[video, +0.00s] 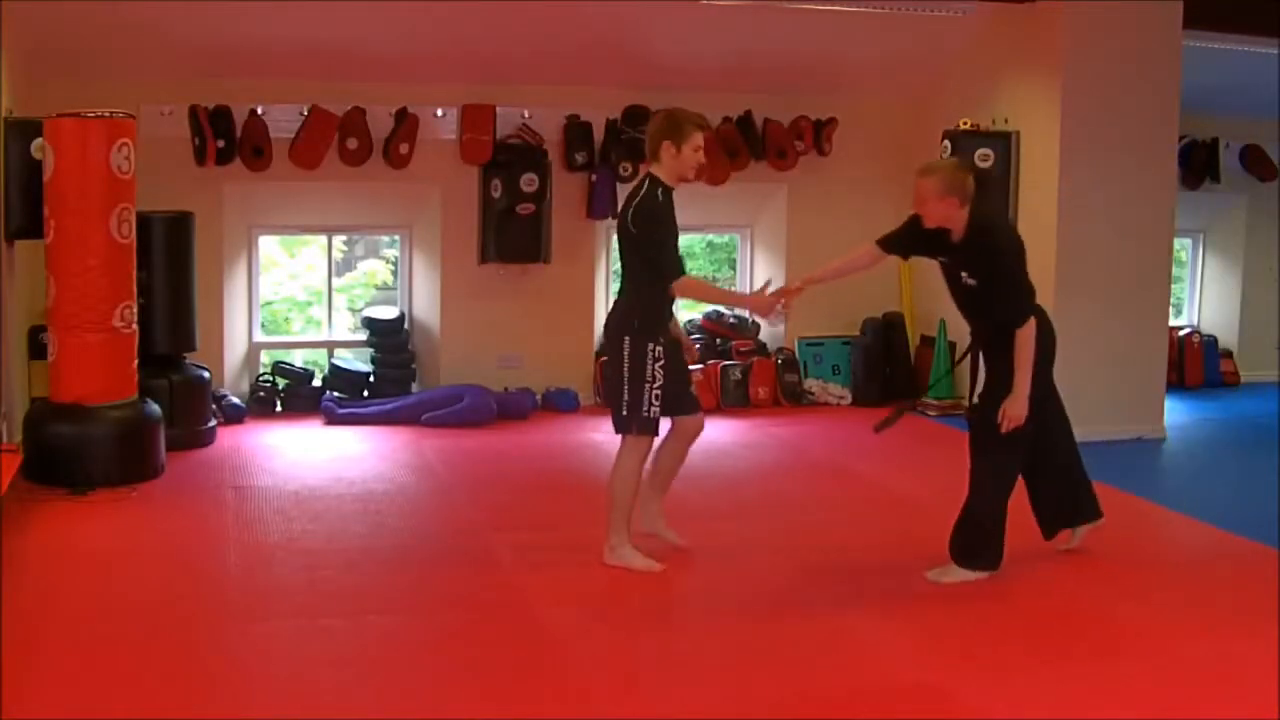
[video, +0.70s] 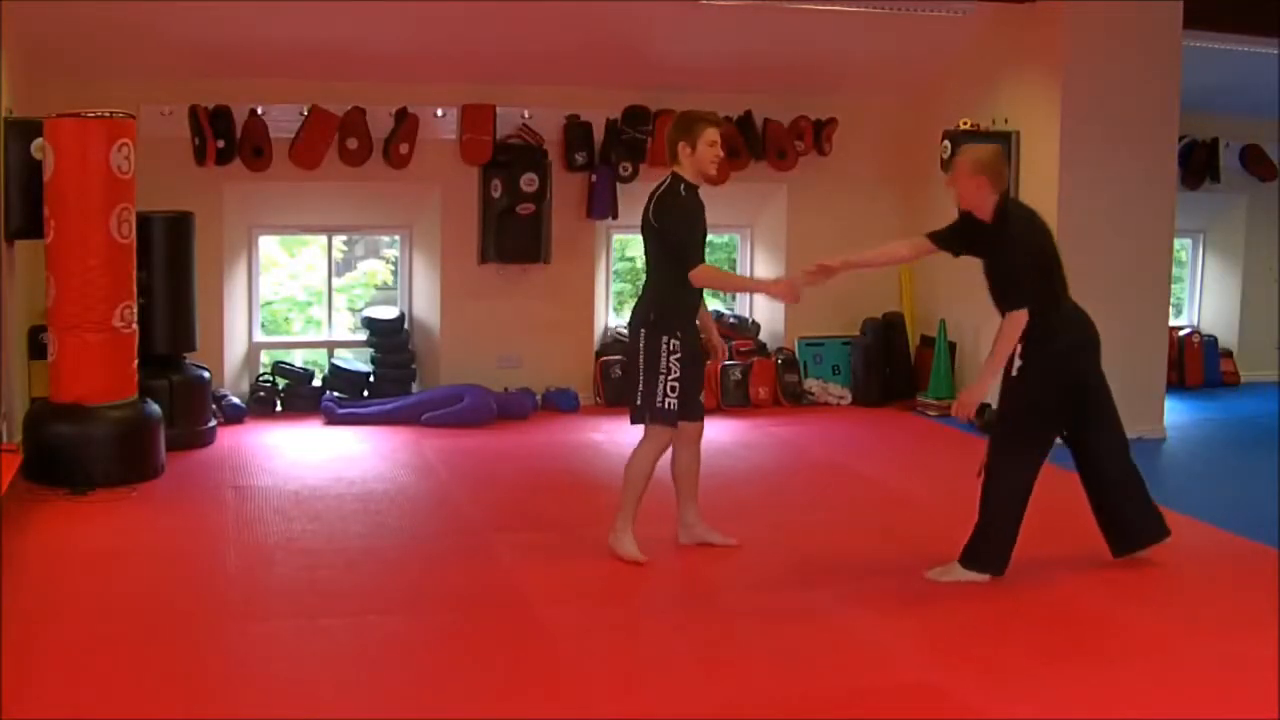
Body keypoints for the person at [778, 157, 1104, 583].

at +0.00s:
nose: (917, 209)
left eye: (925, 201)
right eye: (918, 201)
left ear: (954, 203)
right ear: (942, 203)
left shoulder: (997, 240)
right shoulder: (931, 230)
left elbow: (1024, 321)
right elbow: (871, 254)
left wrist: (1020, 394)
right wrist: (804, 282)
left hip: (1023, 345)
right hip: (997, 341)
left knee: (991, 433)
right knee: (1039, 423)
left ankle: (977, 556)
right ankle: (1079, 510)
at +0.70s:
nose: (952, 188)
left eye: (956, 179)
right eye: (952, 181)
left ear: (981, 182)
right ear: (980, 182)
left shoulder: (1015, 228)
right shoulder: (978, 225)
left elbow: (1018, 313)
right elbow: (914, 248)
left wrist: (981, 384)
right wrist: (843, 263)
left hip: (1050, 346)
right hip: (1064, 340)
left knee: (1011, 452)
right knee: (1095, 439)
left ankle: (982, 560)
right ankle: (1138, 529)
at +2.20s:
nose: (1091, 167)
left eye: (1098, 159)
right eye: (1093, 159)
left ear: (1126, 165)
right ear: (1126, 166)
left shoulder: (1129, 211)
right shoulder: (1132, 209)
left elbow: (1045, 202)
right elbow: (1046, 202)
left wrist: (977, 184)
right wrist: (982, 186)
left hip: (1126, 346)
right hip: (1112, 343)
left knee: (1127, 453)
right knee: (1098, 451)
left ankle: (1217, 542)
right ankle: (1115, 559)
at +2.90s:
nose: (890, 154)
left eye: (895, 146)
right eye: (893, 146)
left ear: (914, 150)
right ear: (930, 151)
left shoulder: (917, 194)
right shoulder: (942, 193)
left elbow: (847, 199)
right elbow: (860, 198)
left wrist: (787, 190)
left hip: (913, 328)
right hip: (926, 324)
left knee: (903, 443)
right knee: (912, 441)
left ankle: (921, 562)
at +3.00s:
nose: (859, 159)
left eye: (864, 151)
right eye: (860, 151)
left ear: (883, 153)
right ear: (898, 155)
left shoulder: (886, 199)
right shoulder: (916, 200)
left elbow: (818, 206)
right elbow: (836, 205)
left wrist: (763, 195)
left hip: (888, 337)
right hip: (898, 333)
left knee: (892, 448)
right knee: (859, 433)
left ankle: (922, 563)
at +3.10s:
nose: (830, 174)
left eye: (836, 165)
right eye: (830, 166)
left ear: (863, 167)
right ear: (866, 168)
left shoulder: (862, 213)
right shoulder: (881, 212)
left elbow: (790, 215)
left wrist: (731, 207)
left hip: (860, 349)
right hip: (865, 344)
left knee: (867, 457)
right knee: (821, 431)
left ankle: (918, 562)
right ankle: (791, 518)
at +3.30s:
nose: (793, 176)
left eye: (800, 167)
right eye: (791, 168)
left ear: (825, 166)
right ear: (802, 168)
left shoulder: (831, 210)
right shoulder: (819, 208)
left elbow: (760, 217)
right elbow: (761, 216)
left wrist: (705, 209)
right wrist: (708, 206)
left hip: (825, 339)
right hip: (805, 336)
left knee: (826, 449)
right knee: (770, 425)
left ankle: (890, 542)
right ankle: (779, 523)